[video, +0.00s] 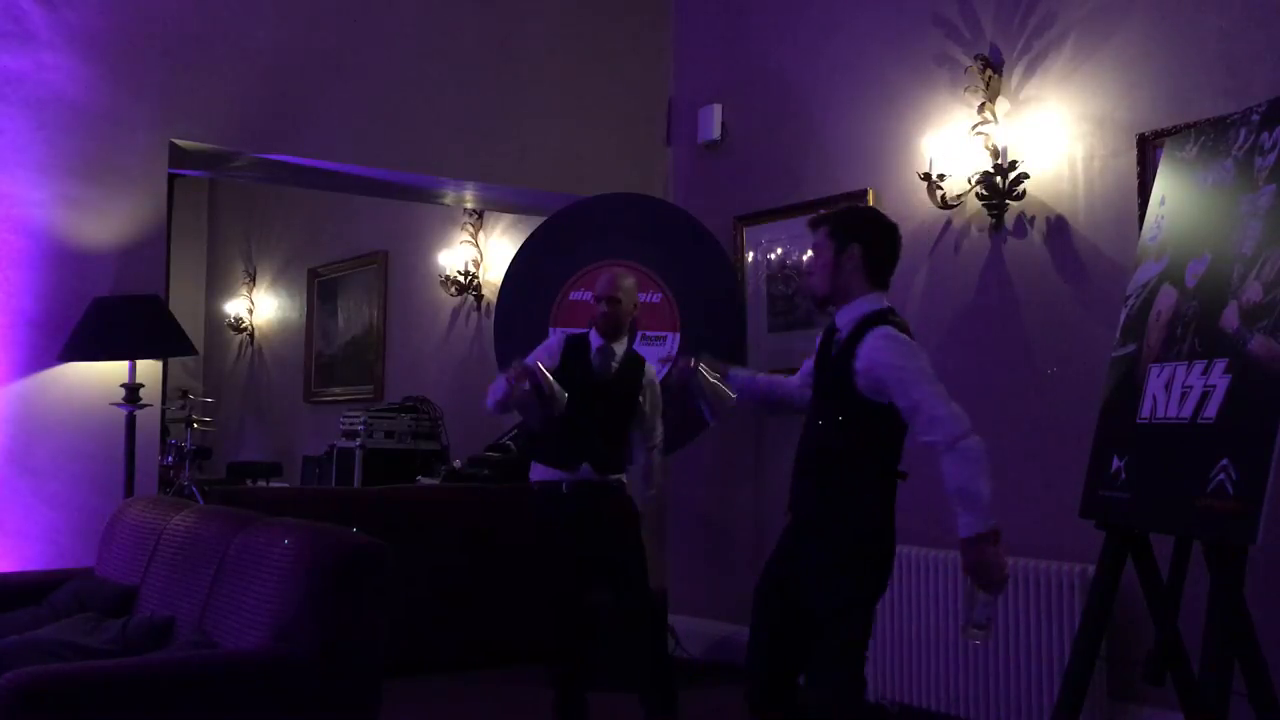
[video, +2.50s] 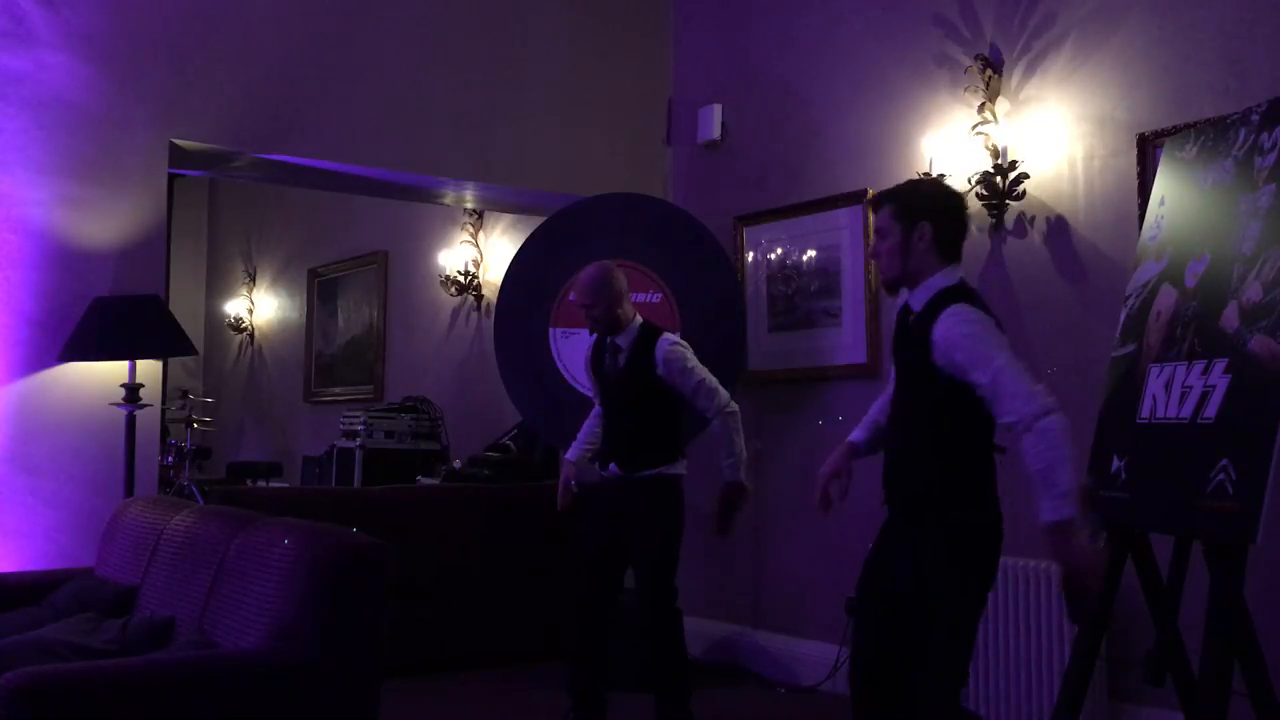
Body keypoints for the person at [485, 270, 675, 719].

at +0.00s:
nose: (603, 309)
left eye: (613, 302)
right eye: (599, 300)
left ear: (634, 309)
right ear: (590, 304)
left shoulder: (644, 373)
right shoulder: (559, 347)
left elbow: (651, 446)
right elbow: (495, 403)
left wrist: (649, 504)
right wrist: (514, 380)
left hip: (611, 497)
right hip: (553, 492)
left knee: (632, 600)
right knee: (561, 604)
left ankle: (650, 702)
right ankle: (567, 700)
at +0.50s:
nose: (555, 304)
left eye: (563, 295)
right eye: (550, 296)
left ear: (589, 293)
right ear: (549, 297)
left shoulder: (616, 348)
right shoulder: (556, 353)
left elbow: (624, 427)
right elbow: (553, 429)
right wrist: (523, 480)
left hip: (604, 490)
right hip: (562, 491)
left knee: (620, 599)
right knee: (563, 600)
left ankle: (653, 700)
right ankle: (574, 701)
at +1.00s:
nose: (597, 289)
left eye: (607, 281)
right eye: (597, 280)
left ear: (631, 290)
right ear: (597, 285)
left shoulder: (650, 349)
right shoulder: (588, 341)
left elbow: (602, 400)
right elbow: (537, 385)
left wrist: (558, 338)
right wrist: (515, 329)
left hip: (624, 491)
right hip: (578, 487)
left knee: (629, 602)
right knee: (571, 602)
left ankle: (659, 705)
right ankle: (575, 702)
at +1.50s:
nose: (612, 308)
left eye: (622, 300)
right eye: (609, 300)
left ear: (648, 299)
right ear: (608, 299)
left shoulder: (681, 354)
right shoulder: (599, 349)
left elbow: (724, 417)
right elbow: (557, 408)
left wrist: (730, 480)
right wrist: (514, 468)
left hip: (656, 496)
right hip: (600, 493)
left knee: (657, 605)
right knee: (585, 602)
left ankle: (669, 707)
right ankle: (577, 705)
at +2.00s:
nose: (610, 297)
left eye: (616, 289)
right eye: (610, 289)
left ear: (635, 293)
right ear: (649, 290)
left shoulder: (679, 356)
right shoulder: (619, 336)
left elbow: (716, 421)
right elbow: (620, 380)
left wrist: (681, 447)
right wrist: (571, 378)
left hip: (653, 492)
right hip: (613, 486)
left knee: (651, 599)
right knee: (594, 593)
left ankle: (668, 703)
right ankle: (586, 699)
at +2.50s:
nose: (589, 318)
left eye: (595, 309)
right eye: (585, 310)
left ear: (620, 302)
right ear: (588, 306)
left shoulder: (666, 350)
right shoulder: (598, 351)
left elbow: (725, 409)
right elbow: (602, 409)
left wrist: (734, 478)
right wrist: (574, 458)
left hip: (659, 492)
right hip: (613, 489)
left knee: (657, 601)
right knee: (597, 598)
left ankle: (672, 704)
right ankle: (589, 702)